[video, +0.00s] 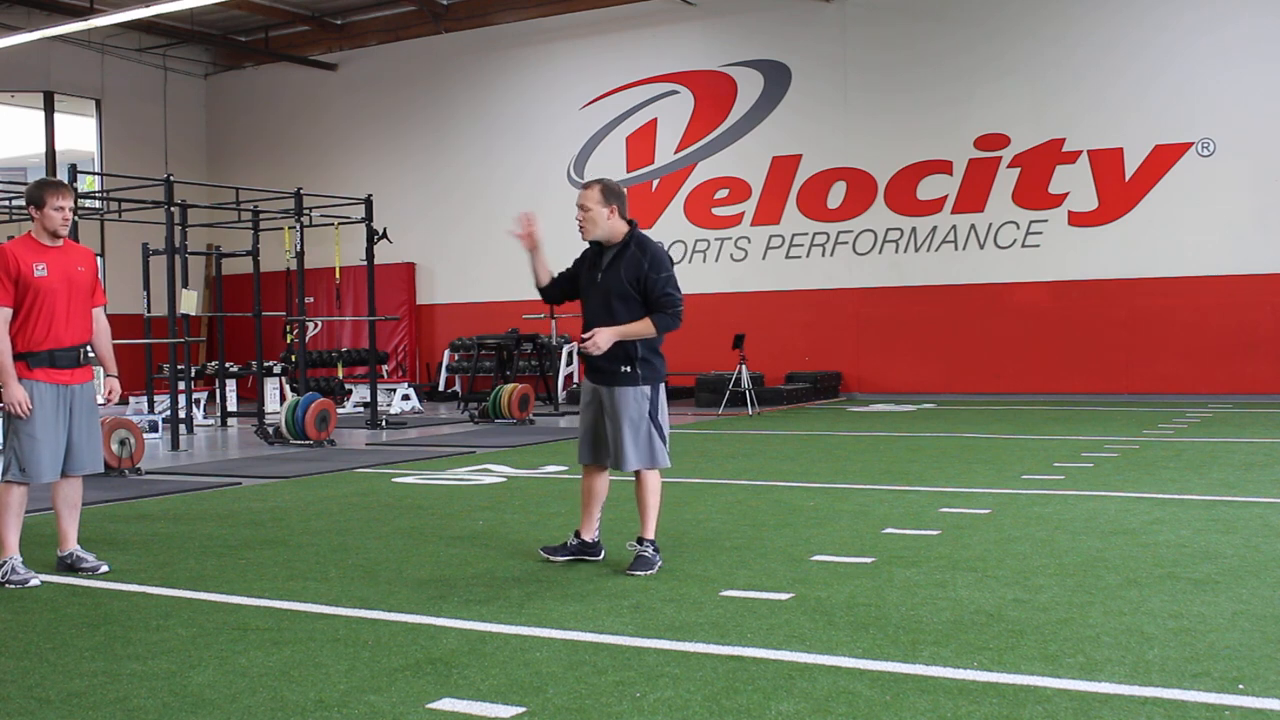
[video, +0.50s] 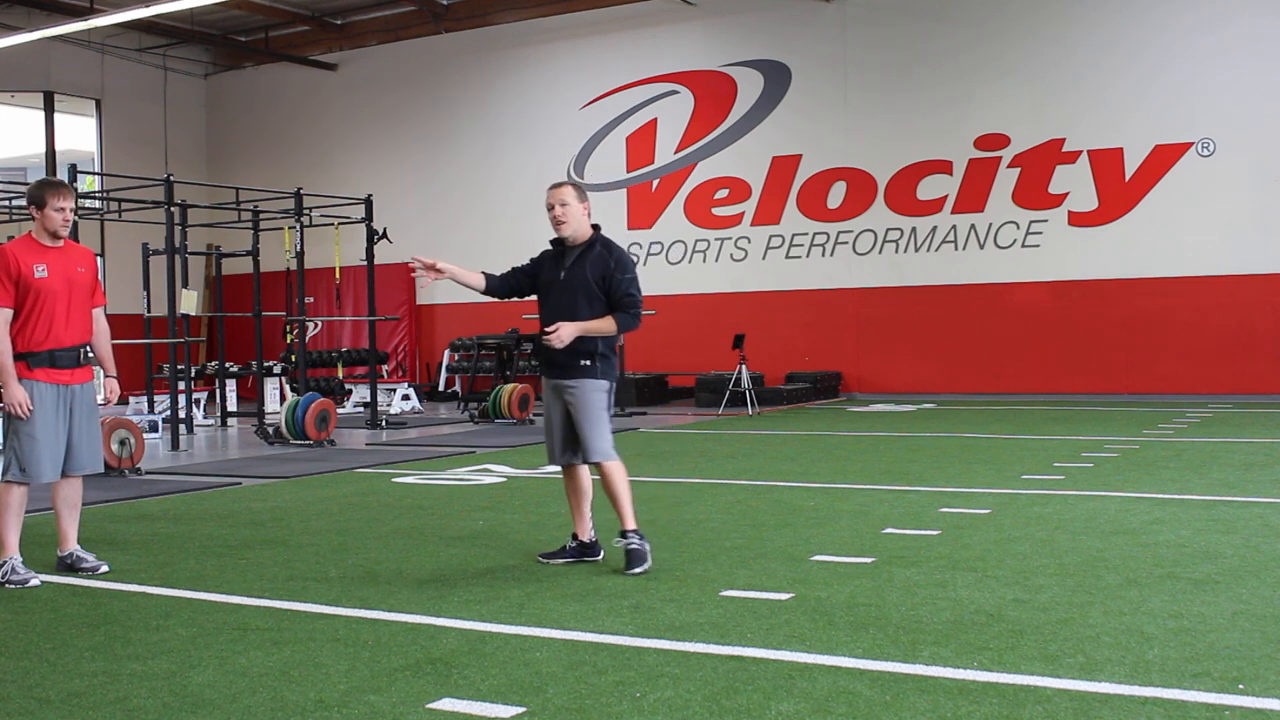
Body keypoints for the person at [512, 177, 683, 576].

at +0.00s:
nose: (578, 217)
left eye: (585, 210)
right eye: (578, 210)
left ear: (612, 213)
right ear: (600, 214)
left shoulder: (649, 254)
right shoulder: (591, 257)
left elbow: (670, 317)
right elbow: (552, 293)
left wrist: (614, 333)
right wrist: (534, 249)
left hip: (638, 380)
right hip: (596, 376)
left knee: (644, 461)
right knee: (594, 459)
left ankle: (647, 545)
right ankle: (587, 540)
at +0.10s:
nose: (579, 215)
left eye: (586, 207)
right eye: (576, 209)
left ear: (613, 208)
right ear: (578, 214)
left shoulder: (643, 255)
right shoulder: (584, 259)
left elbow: (664, 316)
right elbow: (539, 289)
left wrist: (609, 331)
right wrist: (501, 253)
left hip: (631, 380)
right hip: (590, 378)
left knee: (641, 462)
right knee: (589, 460)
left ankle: (647, 545)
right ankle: (586, 540)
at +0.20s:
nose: (576, 212)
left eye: (583, 205)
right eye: (572, 208)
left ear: (609, 207)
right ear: (572, 214)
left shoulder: (637, 255)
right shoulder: (574, 259)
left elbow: (657, 315)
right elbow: (525, 282)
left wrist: (603, 329)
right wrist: (472, 266)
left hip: (623, 380)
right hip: (580, 378)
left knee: (635, 460)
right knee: (581, 460)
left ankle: (646, 544)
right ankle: (585, 541)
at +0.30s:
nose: (570, 212)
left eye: (578, 204)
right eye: (566, 207)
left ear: (602, 207)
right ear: (565, 214)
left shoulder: (630, 256)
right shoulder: (565, 259)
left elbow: (649, 315)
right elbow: (517, 284)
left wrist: (595, 328)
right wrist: (463, 270)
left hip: (612, 379)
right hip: (570, 377)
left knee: (628, 460)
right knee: (578, 459)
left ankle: (645, 544)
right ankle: (585, 541)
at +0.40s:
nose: (562, 212)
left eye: (569, 205)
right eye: (557, 208)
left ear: (593, 208)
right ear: (556, 215)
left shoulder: (621, 257)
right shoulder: (556, 260)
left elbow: (640, 316)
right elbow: (508, 285)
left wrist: (587, 327)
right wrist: (455, 271)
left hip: (601, 377)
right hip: (561, 376)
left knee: (617, 457)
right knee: (574, 459)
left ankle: (641, 540)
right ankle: (585, 540)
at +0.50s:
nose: (555, 213)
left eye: (562, 206)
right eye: (550, 209)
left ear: (585, 208)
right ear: (548, 215)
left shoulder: (612, 257)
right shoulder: (548, 260)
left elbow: (630, 317)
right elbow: (503, 285)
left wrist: (577, 328)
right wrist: (449, 271)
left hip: (591, 375)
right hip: (554, 376)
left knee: (601, 453)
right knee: (569, 458)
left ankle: (632, 536)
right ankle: (584, 541)